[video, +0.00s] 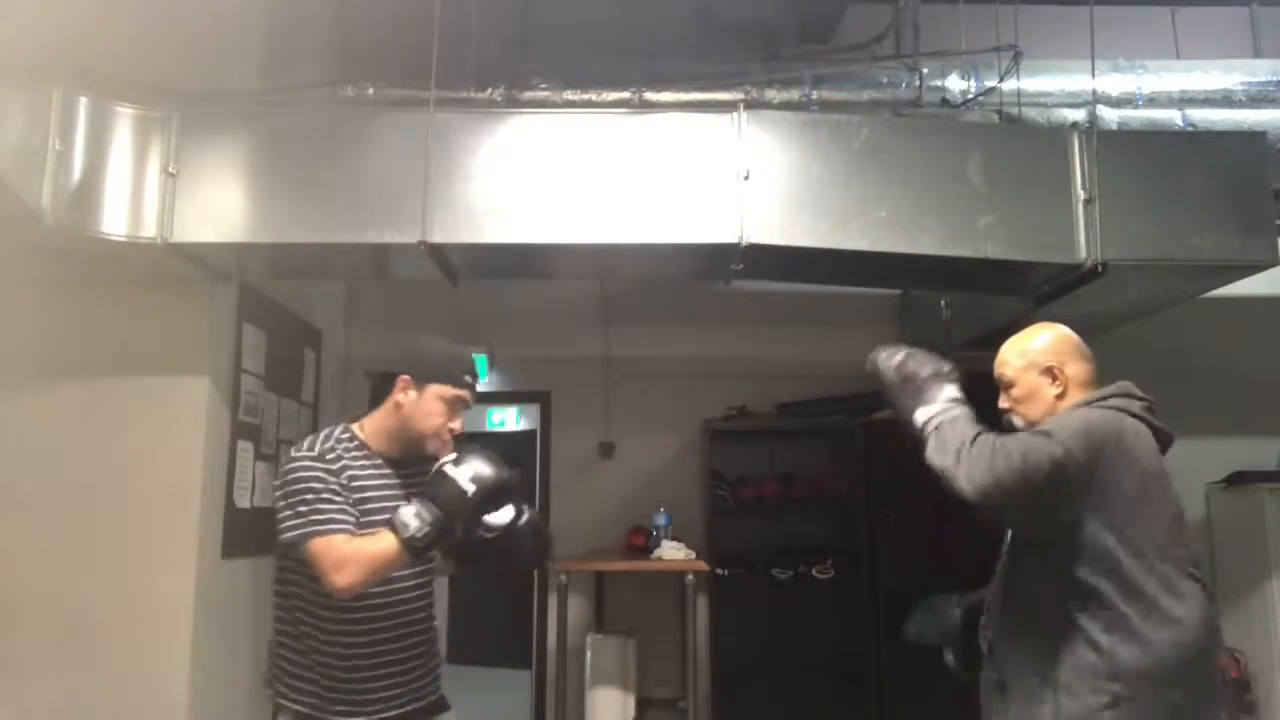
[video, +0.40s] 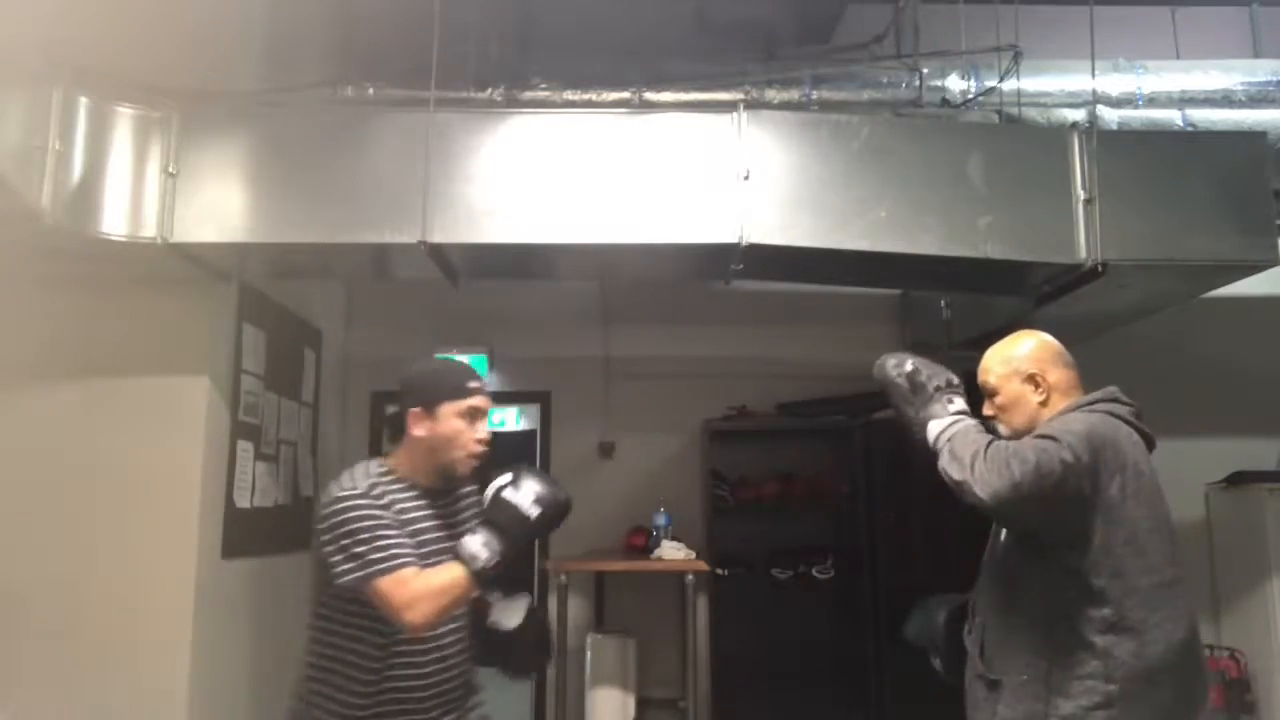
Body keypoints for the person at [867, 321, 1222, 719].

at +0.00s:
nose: (1000, 403)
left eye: (1008, 385)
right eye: (1000, 389)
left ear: (1055, 380)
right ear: (1056, 380)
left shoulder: (1088, 432)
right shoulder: (1106, 429)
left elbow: (984, 475)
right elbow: (1065, 577)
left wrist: (932, 398)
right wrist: (970, 616)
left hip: (1115, 688)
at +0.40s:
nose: (986, 411)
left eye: (993, 395)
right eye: (984, 400)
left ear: (1038, 385)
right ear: (1040, 385)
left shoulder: (1085, 436)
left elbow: (1001, 479)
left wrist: (942, 414)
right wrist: (966, 623)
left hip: (1093, 698)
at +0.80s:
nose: (975, 410)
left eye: (984, 392)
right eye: (972, 396)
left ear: (1035, 383)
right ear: (1033, 387)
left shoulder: (1072, 432)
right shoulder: (1052, 441)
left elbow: (966, 479)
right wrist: (961, 621)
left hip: (1104, 685)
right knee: (931, 628)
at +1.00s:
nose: (971, 414)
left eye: (980, 397)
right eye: (970, 401)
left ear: (1028, 389)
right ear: (1027, 390)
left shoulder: (1077, 457)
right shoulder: (1050, 452)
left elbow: (1056, 591)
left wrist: (956, 643)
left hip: (1113, 701)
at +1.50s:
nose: (976, 412)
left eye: (984, 396)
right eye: (974, 399)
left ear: (1032, 389)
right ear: (1032, 390)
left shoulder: (1058, 458)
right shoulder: (1073, 447)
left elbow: (1040, 589)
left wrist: (953, 625)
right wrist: (970, 614)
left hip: (1100, 701)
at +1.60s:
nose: (974, 413)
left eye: (982, 396)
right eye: (972, 399)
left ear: (1029, 389)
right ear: (1030, 390)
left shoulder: (1053, 458)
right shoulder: (1079, 444)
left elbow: (1033, 589)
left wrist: (949, 625)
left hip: (1094, 700)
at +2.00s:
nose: (959, 419)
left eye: (967, 402)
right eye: (957, 405)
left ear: (1014, 392)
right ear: (1016, 394)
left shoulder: (1037, 460)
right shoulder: (1070, 445)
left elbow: (1024, 590)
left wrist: (942, 634)